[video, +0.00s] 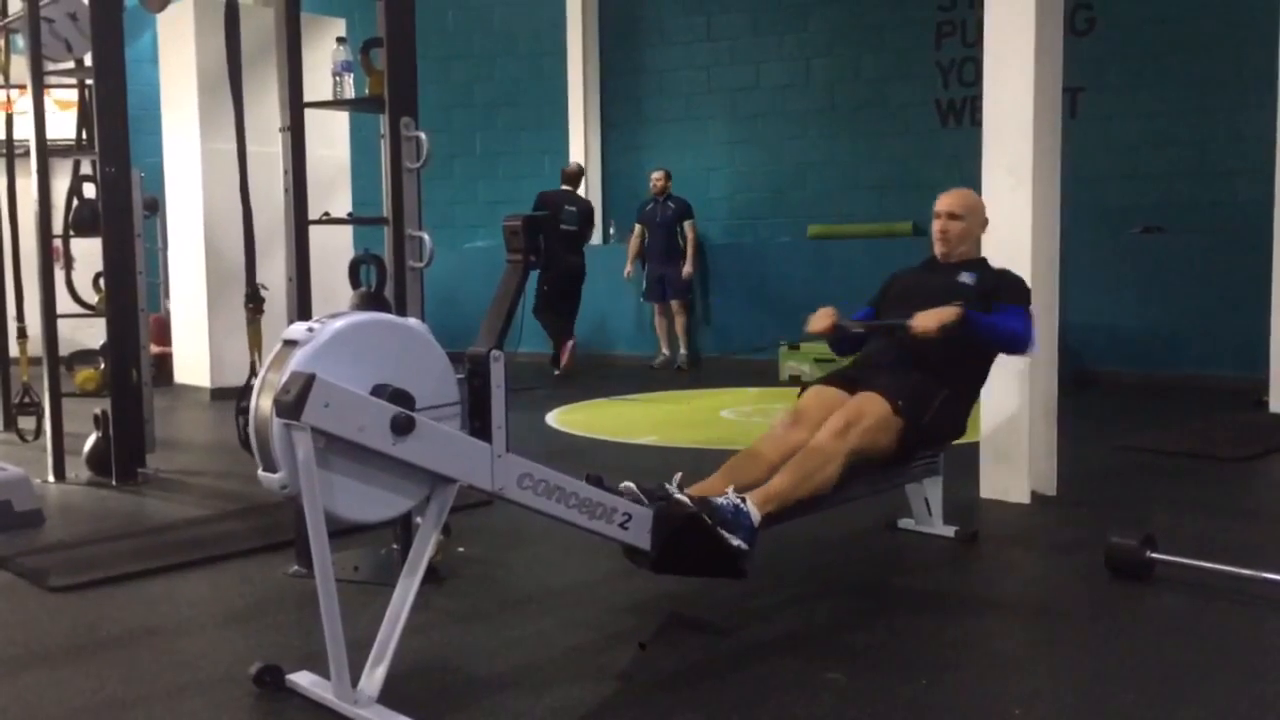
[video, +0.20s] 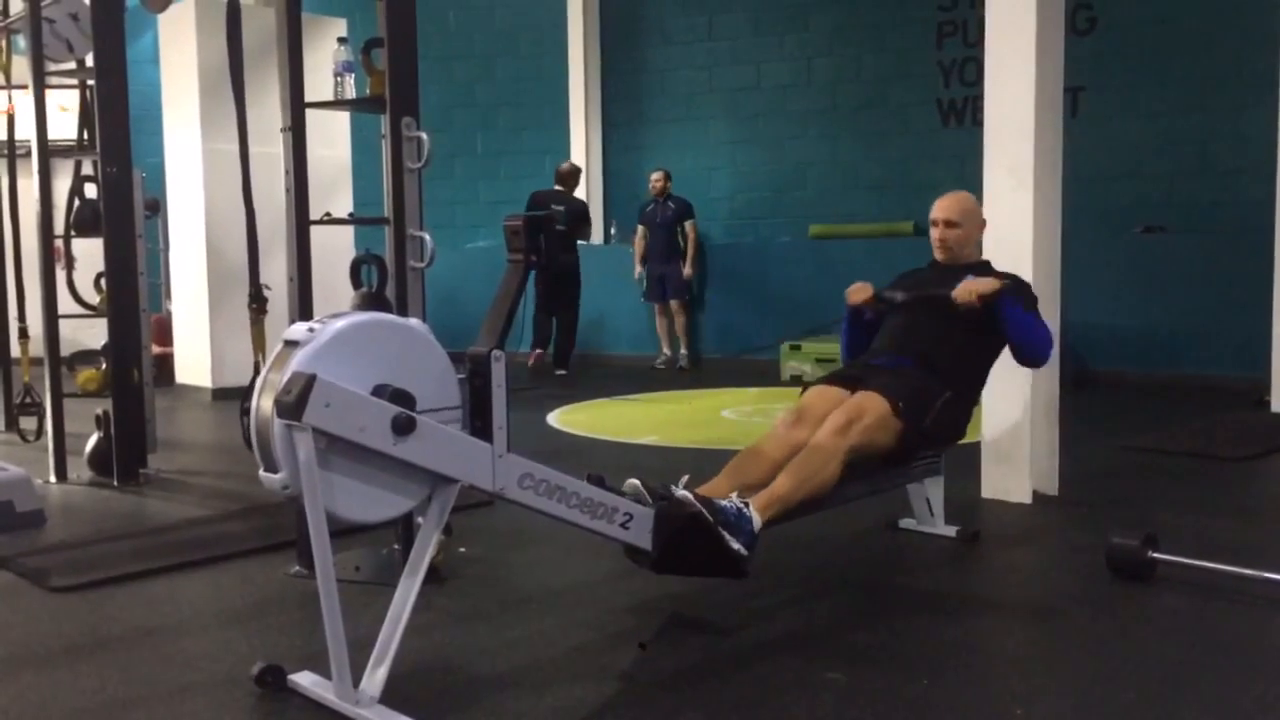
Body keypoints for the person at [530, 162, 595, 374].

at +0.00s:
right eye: (579, 178)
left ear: (562, 177)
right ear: (580, 181)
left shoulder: (545, 198)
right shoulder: (586, 206)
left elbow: (533, 228)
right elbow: (586, 237)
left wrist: (536, 254)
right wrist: (571, 248)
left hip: (552, 263)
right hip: (576, 265)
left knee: (541, 308)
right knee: (569, 311)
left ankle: (563, 341)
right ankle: (558, 362)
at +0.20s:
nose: (578, 183)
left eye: (578, 180)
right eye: (578, 180)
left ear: (556, 178)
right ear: (575, 181)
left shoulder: (537, 198)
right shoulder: (578, 205)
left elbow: (528, 229)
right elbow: (584, 234)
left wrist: (531, 254)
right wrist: (565, 228)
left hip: (543, 264)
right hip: (568, 266)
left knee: (542, 309)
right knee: (567, 312)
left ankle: (539, 347)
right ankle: (561, 365)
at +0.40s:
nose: (567, 184)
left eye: (566, 181)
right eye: (566, 181)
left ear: (547, 182)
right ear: (561, 183)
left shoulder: (531, 201)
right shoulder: (564, 205)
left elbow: (527, 231)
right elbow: (575, 236)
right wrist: (567, 208)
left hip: (536, 262)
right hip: (557, 262)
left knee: (540, 311)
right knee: (565, 312)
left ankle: (526, 360)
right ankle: (560, 364)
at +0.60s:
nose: (558, 184)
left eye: (558, 181)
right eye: (555, 181)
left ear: (541, 184)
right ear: (544, 183)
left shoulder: (529, 203)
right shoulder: (545, 207)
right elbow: (551, 235)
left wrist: (564, 230)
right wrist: (569, 231)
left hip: (533, 270)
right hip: (547, 271)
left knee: (532, 316)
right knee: (558, 319)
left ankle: (525, 363)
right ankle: (555, 365)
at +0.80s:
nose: (550, 183)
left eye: (549, 179)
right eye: (546, 180)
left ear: (538, 185)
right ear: (534, 185)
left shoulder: (536, 206)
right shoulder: (530, 208)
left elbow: (540, 233)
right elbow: (535, 237)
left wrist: (558, 238)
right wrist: (558, 240)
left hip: (537, 269)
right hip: (531, 270)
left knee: (536, 317)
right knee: (534, 317)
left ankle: (540, 360)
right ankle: (534, 362)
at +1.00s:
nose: (543, 183)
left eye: (542, 179)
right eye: (538, 180)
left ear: (536, 185)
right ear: (527, 184)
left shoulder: (538, 209)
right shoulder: (520, 208)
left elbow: (539, 240)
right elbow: (524, 241)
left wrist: (554, 247)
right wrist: (553, 248)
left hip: (535, 269)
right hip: (523, 269)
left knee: (533, 318)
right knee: (526, 318)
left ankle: (531, 363)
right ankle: (524, 364)